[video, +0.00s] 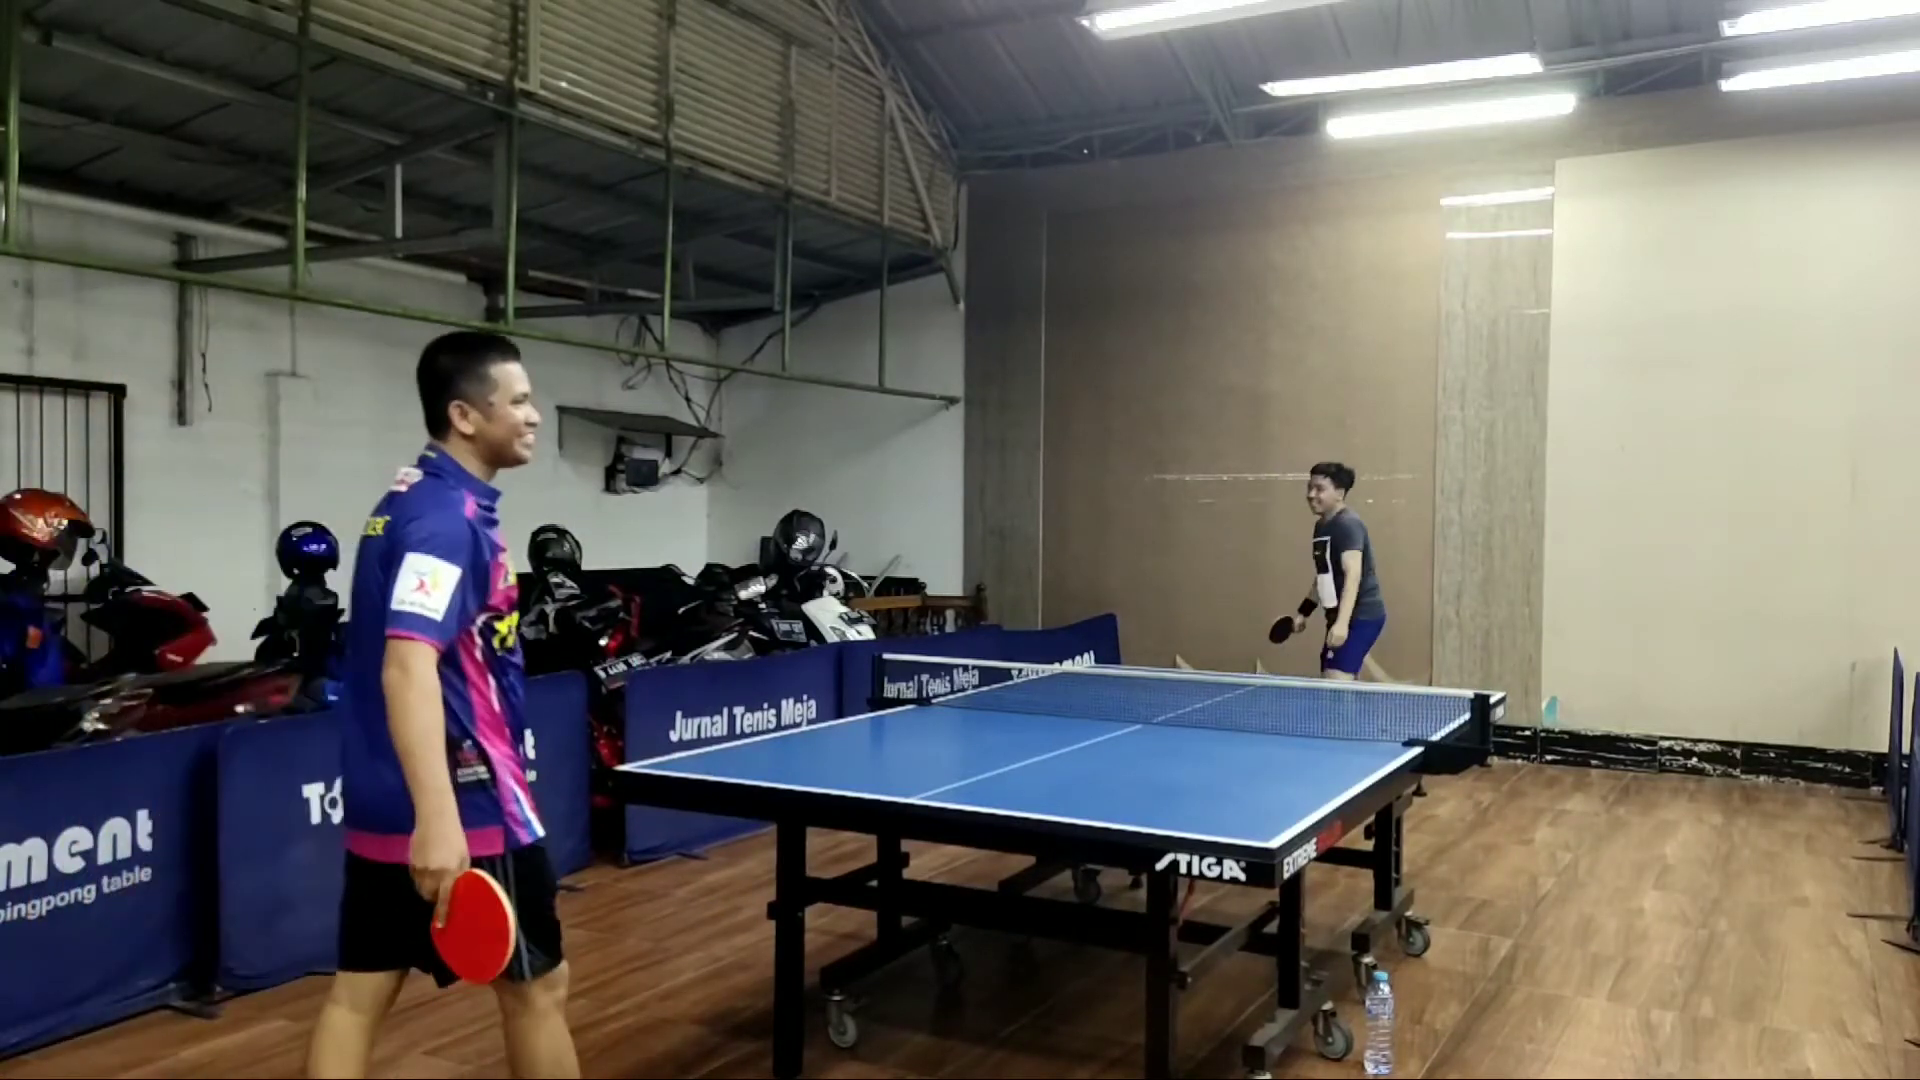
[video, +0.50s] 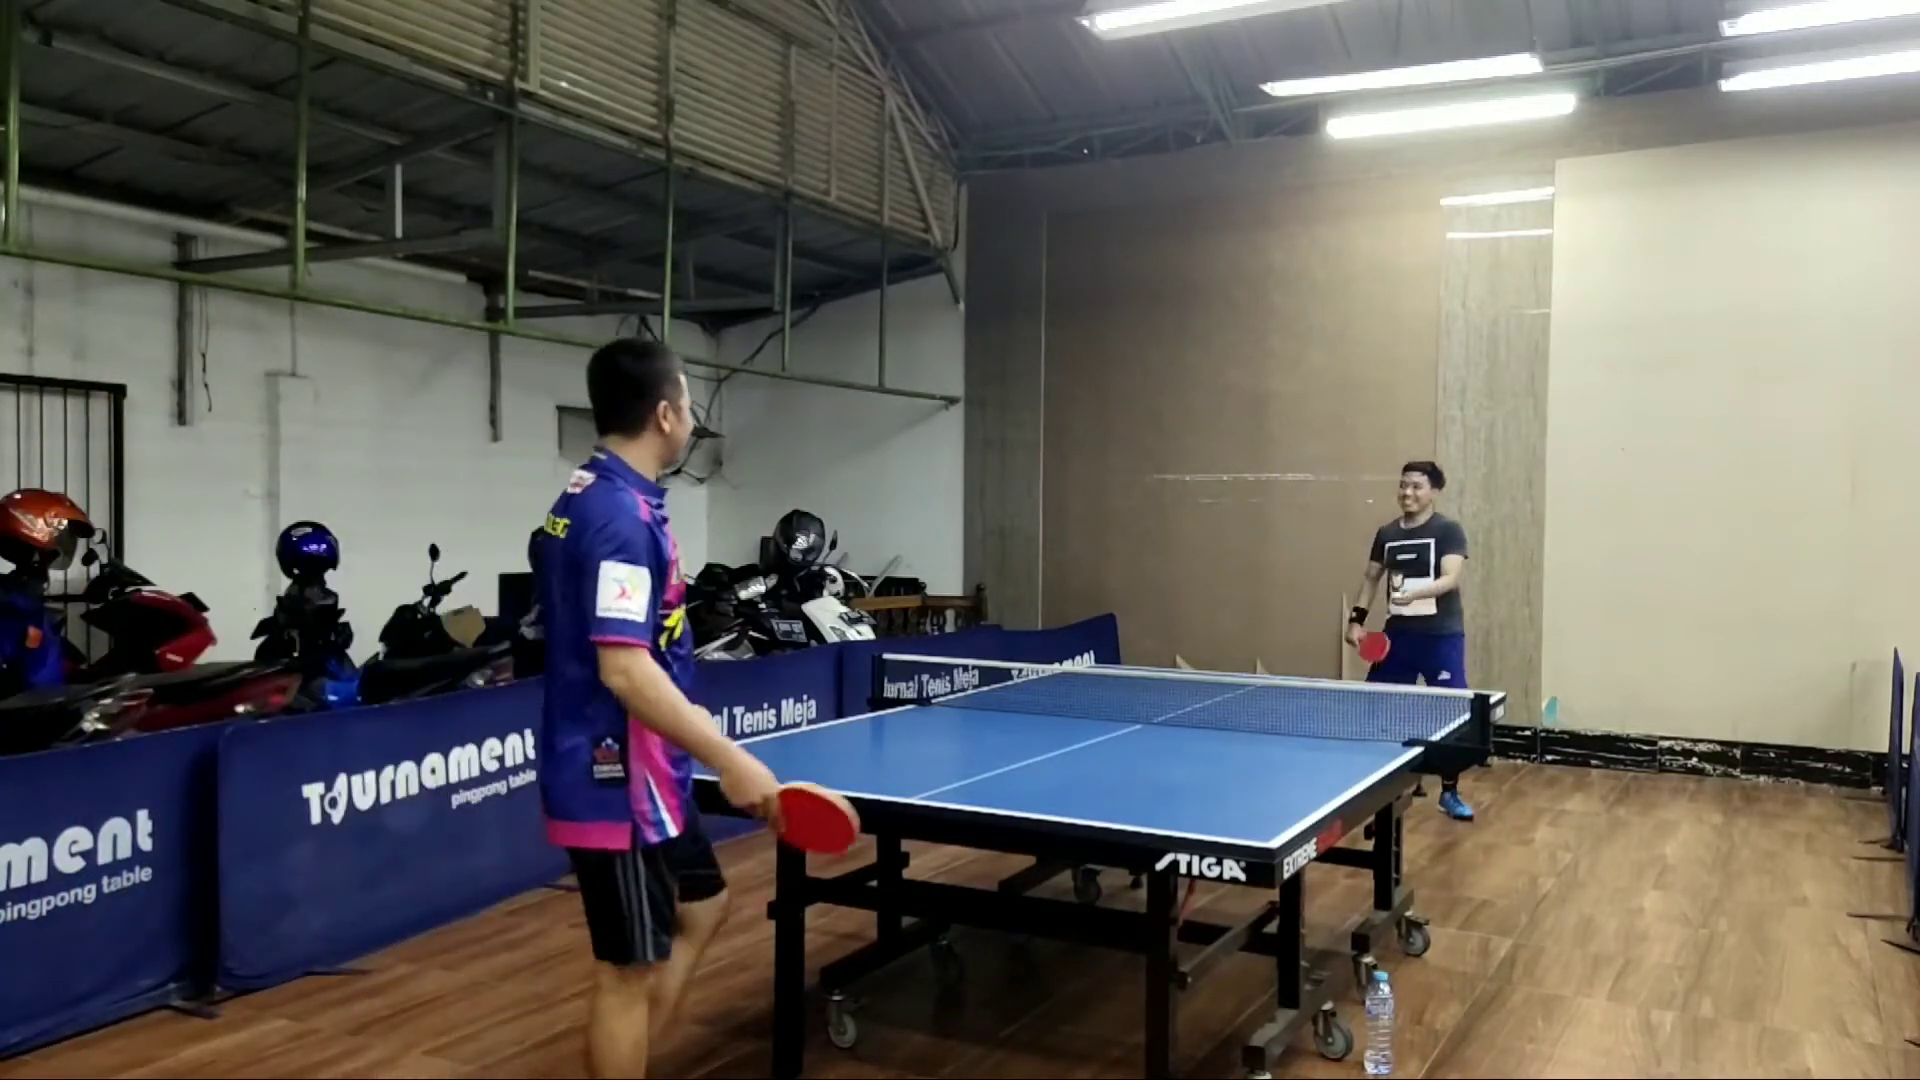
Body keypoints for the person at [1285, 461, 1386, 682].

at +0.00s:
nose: (1311, 495)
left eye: (1320, 489)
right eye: (1310, 488)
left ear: (1340, 493)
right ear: (1307, 489)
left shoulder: (1348, 525)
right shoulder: (1322, 526)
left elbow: (1353, 577)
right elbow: (1323, 576)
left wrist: (1342, 623)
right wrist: (1303, 613)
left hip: (1361, 616)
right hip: (1339, 614)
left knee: (1336, 682)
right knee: (1333, 679)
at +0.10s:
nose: (1328, 492)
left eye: (1337, 487)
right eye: (1327, 485)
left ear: (1356, 493)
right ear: (1323, 487)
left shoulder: (1365, 523)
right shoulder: (1328, 528)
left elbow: (1380, 571)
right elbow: (1326, 575)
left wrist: (1360, 609)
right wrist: (1303, 614)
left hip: (1372, 620)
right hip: (1343, 619)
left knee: (1365, 688)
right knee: (1332, 686)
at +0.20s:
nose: (1346, 491)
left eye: (1354, 486)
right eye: (1344, 485)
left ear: (1373, 492)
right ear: (1341, 490)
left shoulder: (1384, 526)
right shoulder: (1339, 531)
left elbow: (1398, 571)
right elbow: (1334, 578)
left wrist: (1378, 600)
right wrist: (1311, 616)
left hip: (1385, 627)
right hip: (1351, 626)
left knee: (1395, 704)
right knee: (1335, 701)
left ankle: (1421, 784)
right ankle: (1335, 786)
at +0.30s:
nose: (1365, 492)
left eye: (1373, 487)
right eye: (1362, 486)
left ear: (1392, 493)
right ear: (1358, 491)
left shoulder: (1405, 528)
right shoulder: (1353, 534)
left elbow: (1416, 574)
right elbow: (1346, 580)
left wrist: (1395, 601)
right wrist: (1326, 616)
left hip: (1404, 635)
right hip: (1364, 632)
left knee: (1420, 708)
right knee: (1340, 705)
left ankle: (1443, 788)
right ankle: (1338, 789)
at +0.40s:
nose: (1388, 492)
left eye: (1396, 487)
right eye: (1384, 486)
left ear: (1414, 492)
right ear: (1379, 491)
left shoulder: (1429, 531)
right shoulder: (1372, 535)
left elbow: (1434, 578)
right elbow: (1360, 580)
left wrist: (1410, 598)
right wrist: (1343, 617)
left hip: (1424, 638)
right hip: (1381, 636)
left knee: (1441, 709)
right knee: (1354, 706)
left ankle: (1448, 790)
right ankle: (1347, 787)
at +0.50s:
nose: (1407, 492)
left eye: (1416, 486)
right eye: (1403, 486)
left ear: (1434, 492)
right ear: (1398, 491)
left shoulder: (1449, 531)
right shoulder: (1388, 534)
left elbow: (1451, 579)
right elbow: (1371, 579)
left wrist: (1415, 592)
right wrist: (1357, 619)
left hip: (1442, 640)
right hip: (1398, 639)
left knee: (1452, 711)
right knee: (1377, 707)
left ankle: (1449, 791)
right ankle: (1387, 785)